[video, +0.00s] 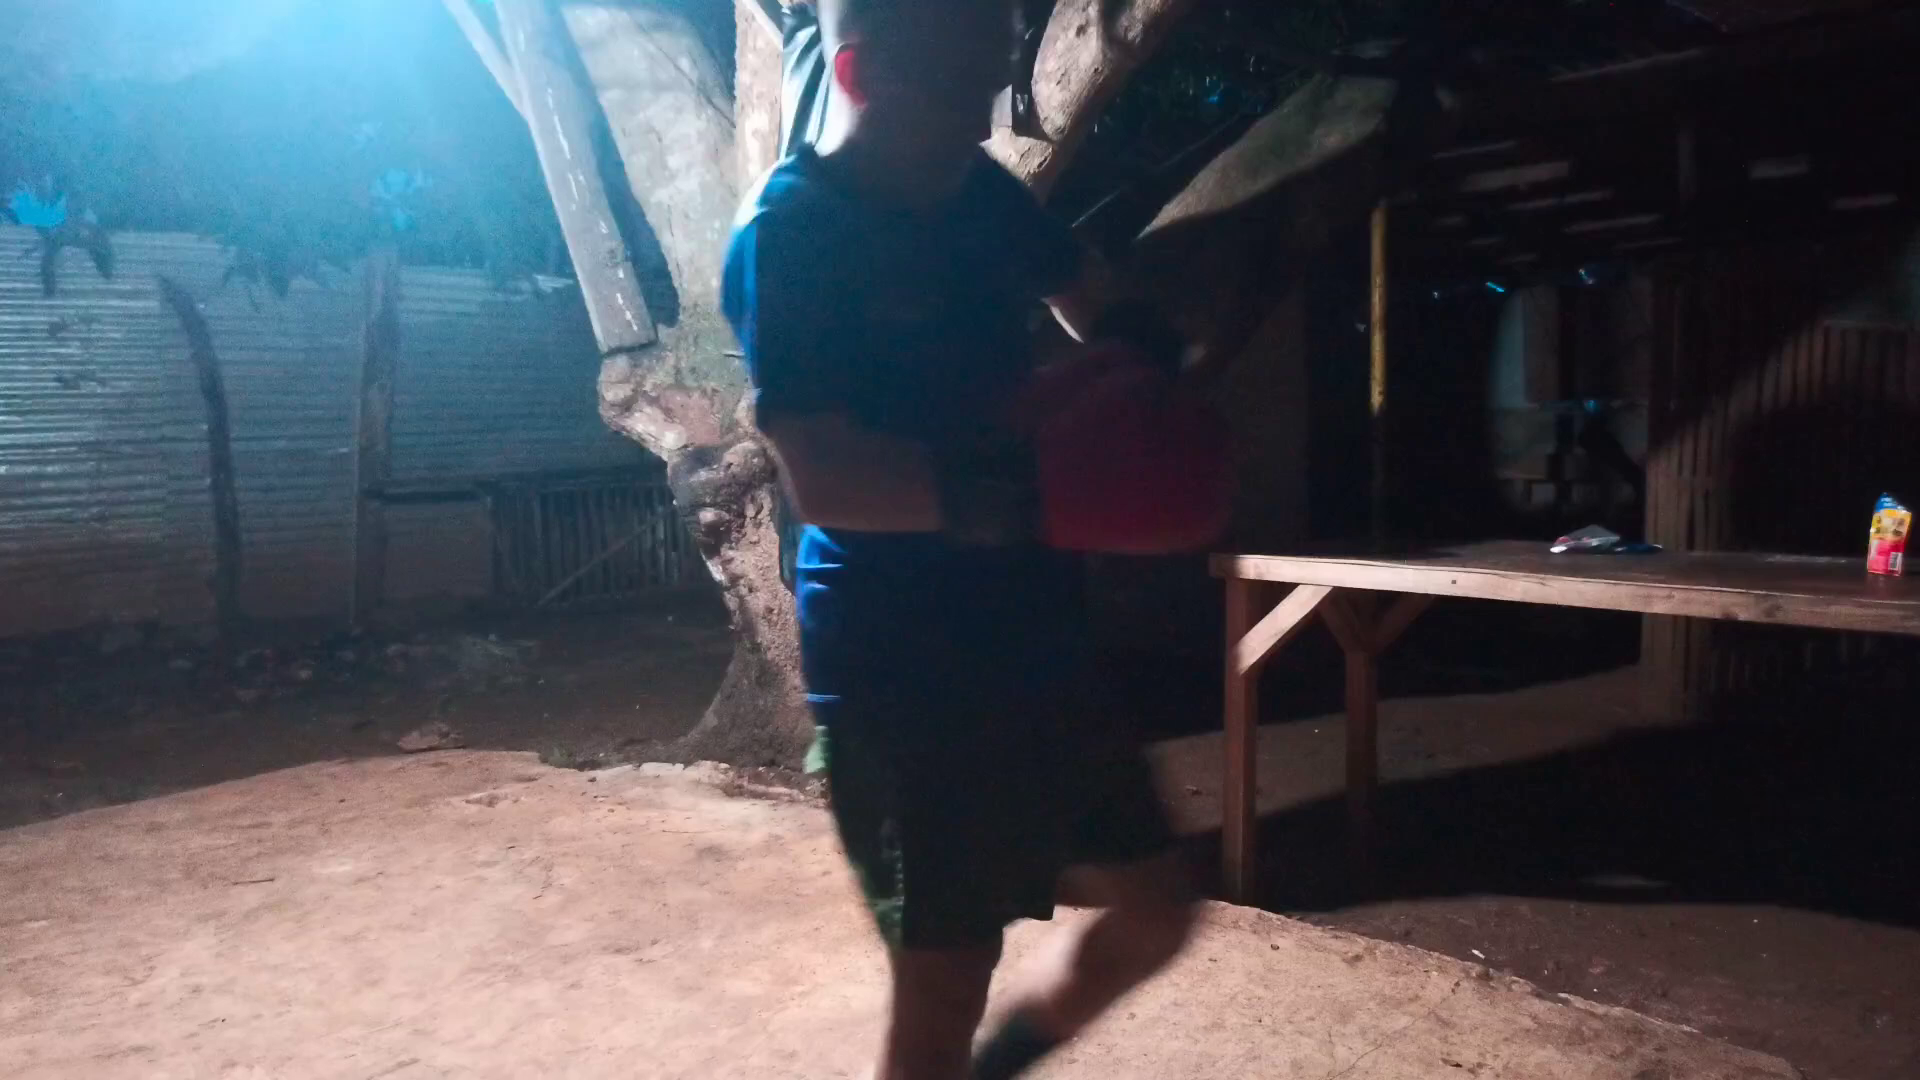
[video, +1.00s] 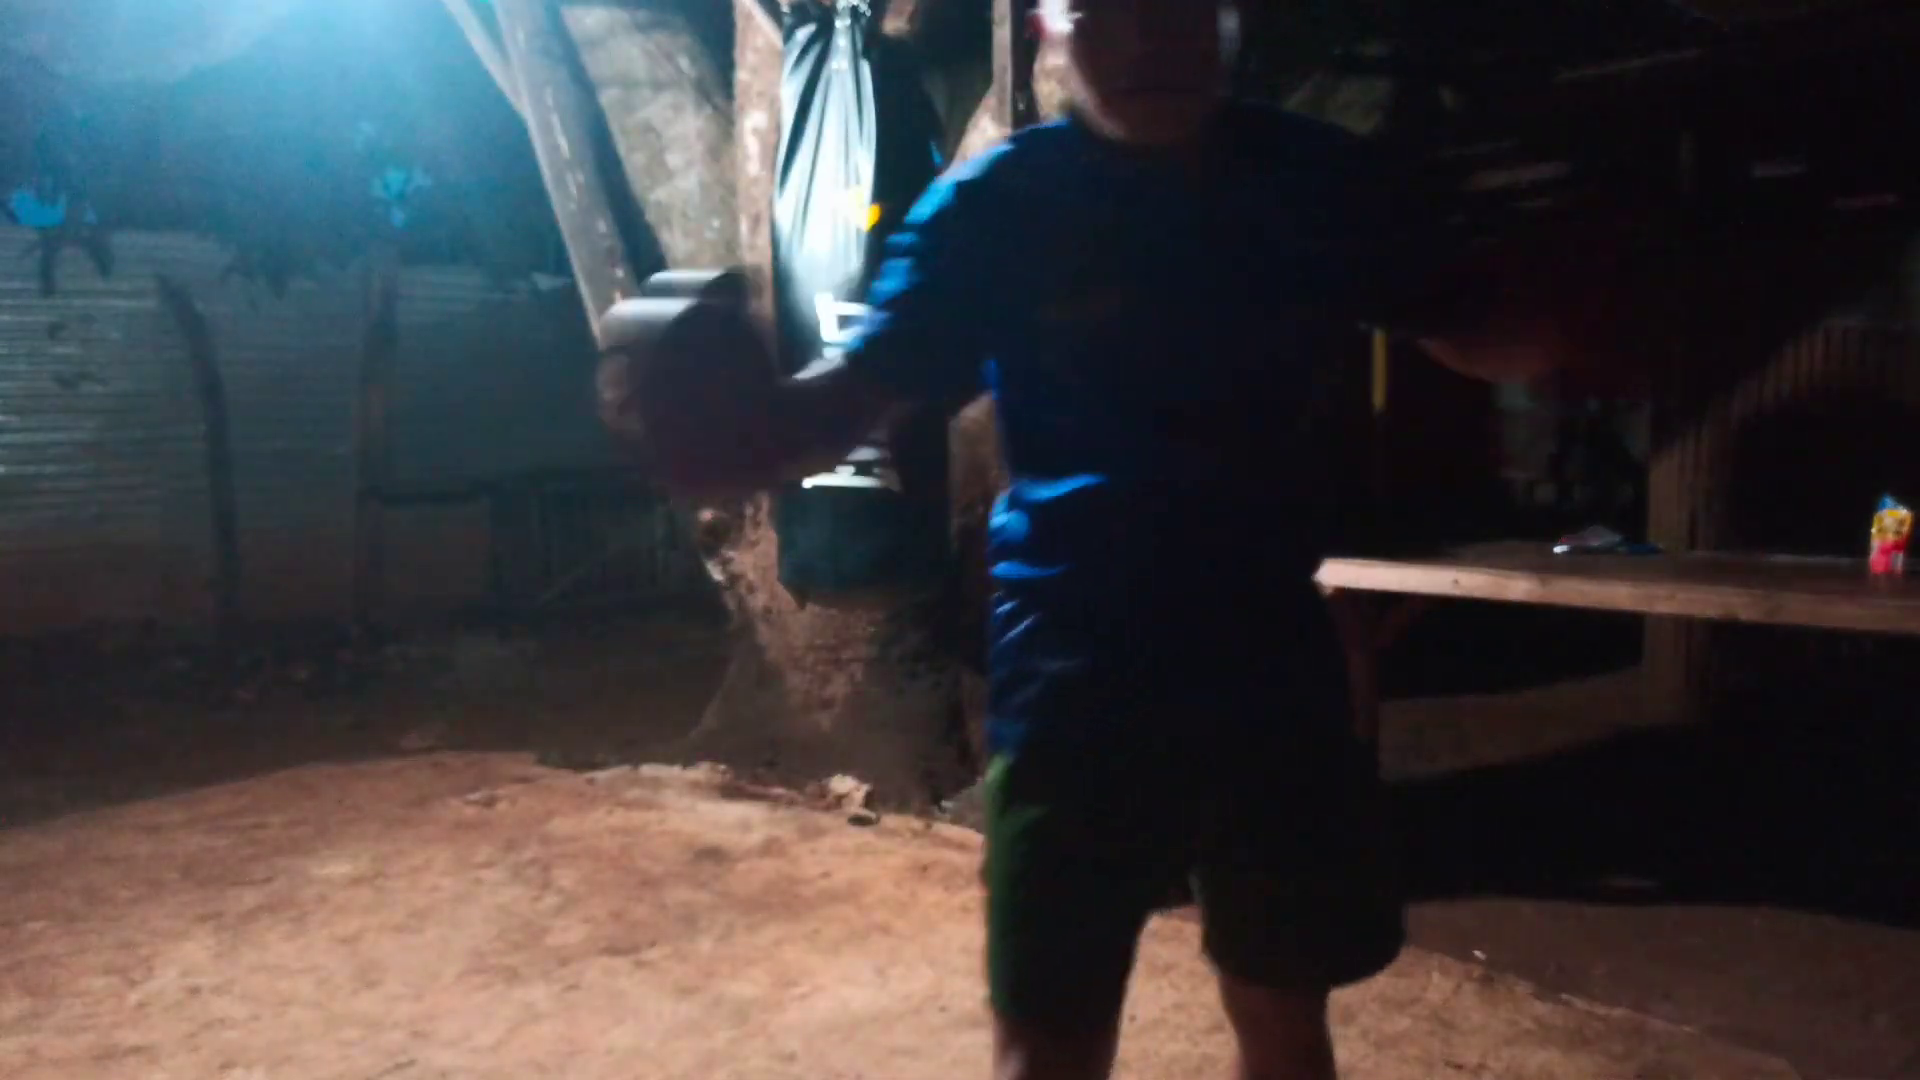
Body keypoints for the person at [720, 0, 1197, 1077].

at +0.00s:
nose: (990, 79)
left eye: (994, 54)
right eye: (957, 57)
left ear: (1006, 62)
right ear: (859, 71)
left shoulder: (983, 192)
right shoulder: (794, 229)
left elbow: (1107, 309)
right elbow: (821, 482)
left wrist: (1147, 376)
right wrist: (1033, 494)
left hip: (1024, 613)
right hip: (889, 644)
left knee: (1152, 911)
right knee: (942, 987)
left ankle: (991, 1058)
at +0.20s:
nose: (1047, 34)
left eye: (1052, 18)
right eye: (1003, 18)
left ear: (1067, 38)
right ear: (910, 42)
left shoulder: (1085, 181)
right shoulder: (854, 205)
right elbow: (875, 473)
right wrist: (1091, 479)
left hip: (1120, 636)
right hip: (959, 662)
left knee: (1216, 955)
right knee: (967, 1000)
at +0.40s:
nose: (1098, 37)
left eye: (1115, 14)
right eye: (1061, 12)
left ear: (1142, 34)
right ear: (992, 34)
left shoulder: (1178, 176)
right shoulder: (942, 186)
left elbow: (1258, 406)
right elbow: (925, 449)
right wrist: (1156, 443)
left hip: (1190, 657)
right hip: (1019, 673)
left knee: (1267, 983)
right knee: (1013, 1022)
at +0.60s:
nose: (1167, 36)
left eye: (1202, 11)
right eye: (1133, 10)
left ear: (1250, 30)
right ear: (1080, 33)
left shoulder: (1301, 185)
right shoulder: (1030, 180)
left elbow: (1363, 400)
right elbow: (980, 429)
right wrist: (1154, 437)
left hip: (1258, 630)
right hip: (1077, 639)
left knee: (1295, 996)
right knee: (1099, 1014)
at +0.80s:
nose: (1188, 36)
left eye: (1224, 10)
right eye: (1155, 11)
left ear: (1278, 28)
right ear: (1111, 29)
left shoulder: (1343, 183)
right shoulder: (1058, 180)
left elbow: (1441, 399)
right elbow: (946, 421)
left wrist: (1338, 421)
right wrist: (1073, 413)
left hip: (1288, 648)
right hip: (1097, 652)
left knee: (1294, 997)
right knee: (1069, 1019)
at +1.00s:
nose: (1144, 44)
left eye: (1174, 14)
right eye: (1108, 16)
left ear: (1223, 25)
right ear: (1053, 38)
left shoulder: (1308, 175)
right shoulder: (1006, 197)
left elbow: (1470, 332)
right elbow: (871, 384)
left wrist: (1572, 321)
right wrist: (744, 434)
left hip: (1267, 643)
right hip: (1073, 653)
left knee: (1283, 1011)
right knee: (1050, 1042)